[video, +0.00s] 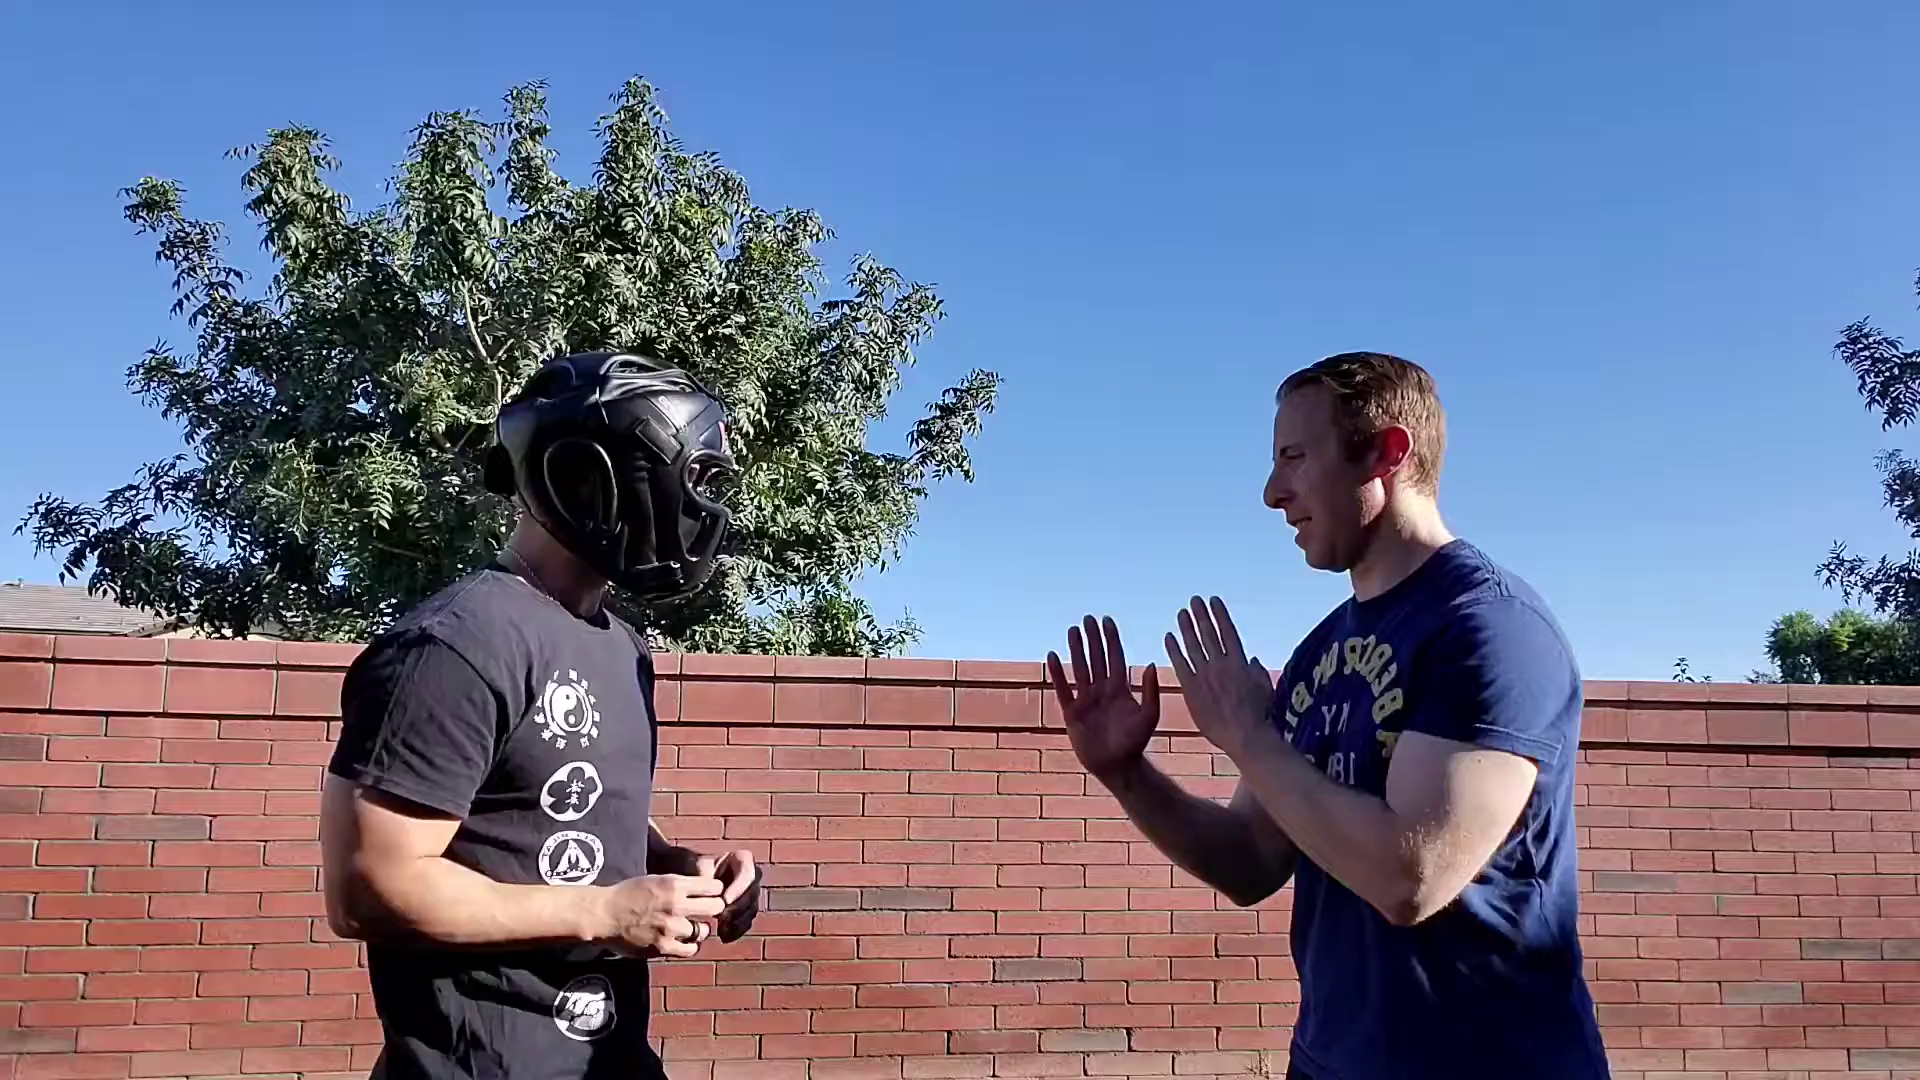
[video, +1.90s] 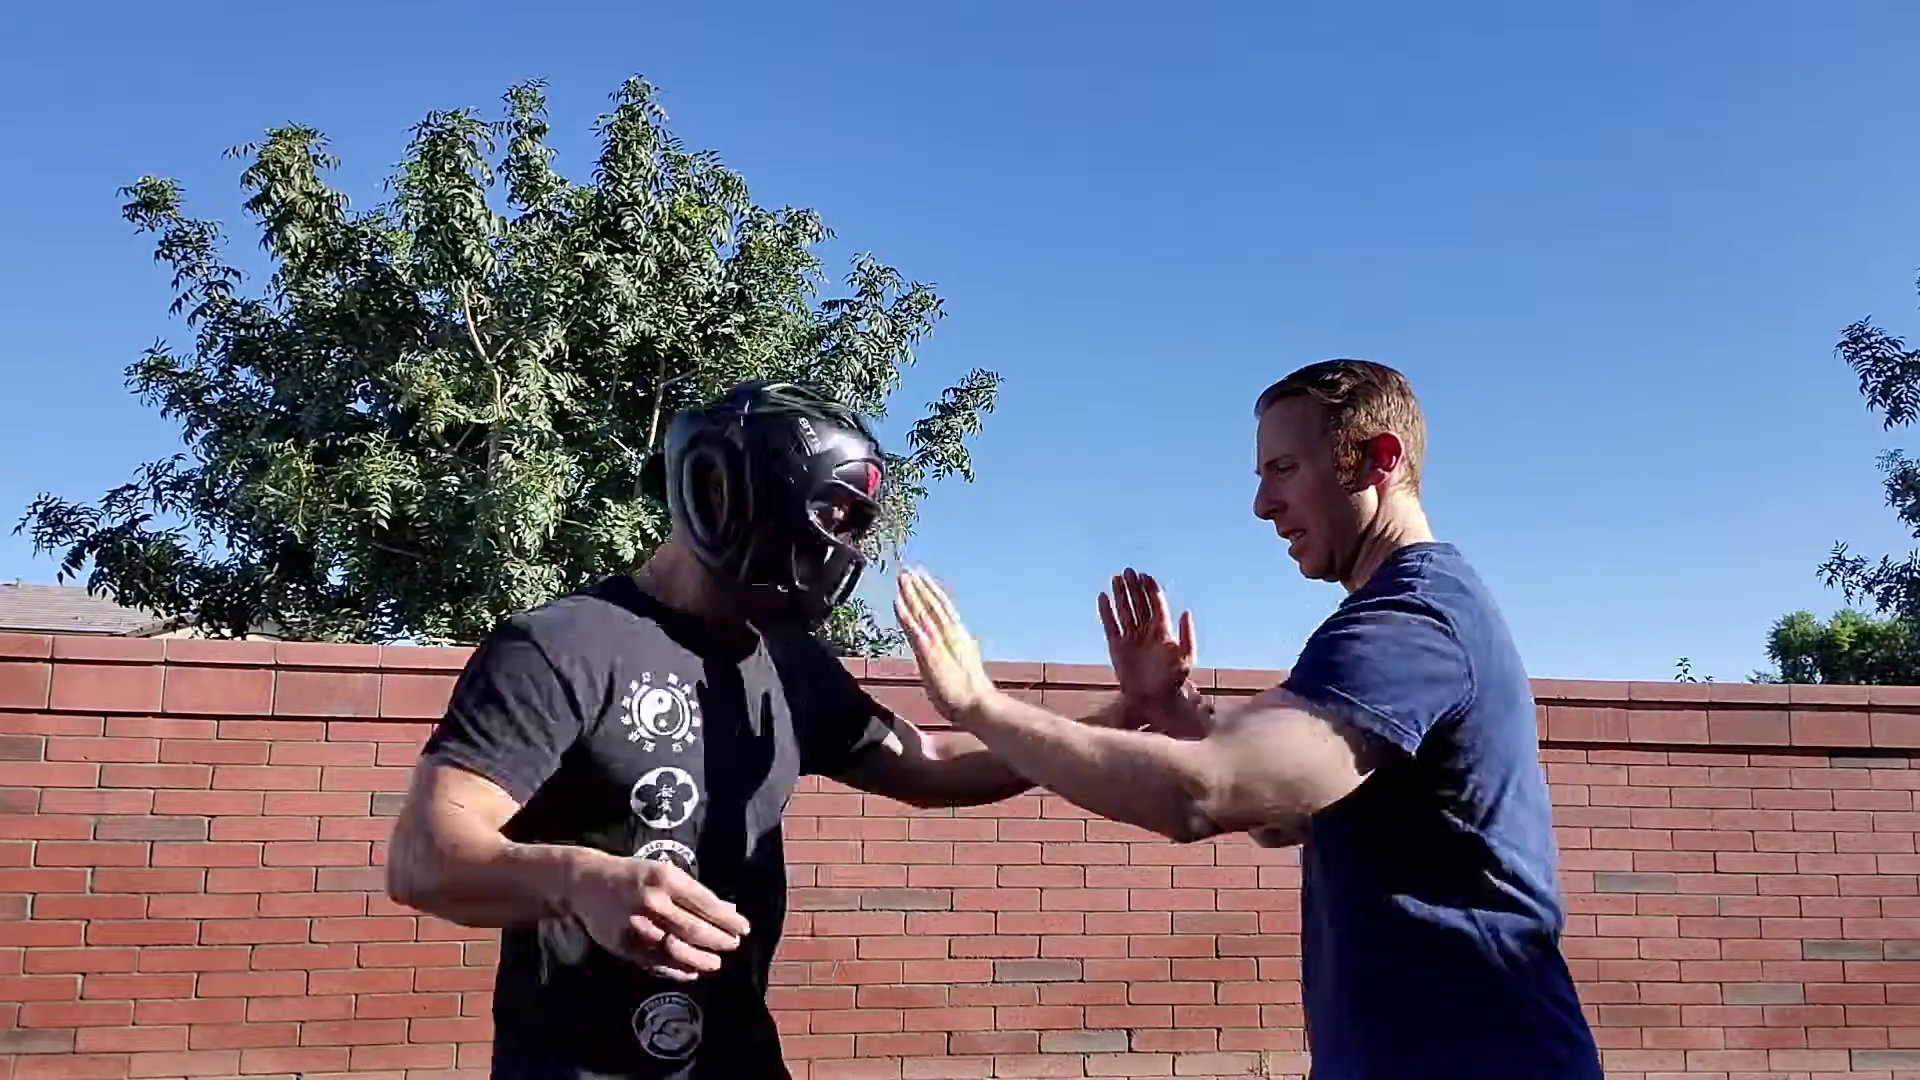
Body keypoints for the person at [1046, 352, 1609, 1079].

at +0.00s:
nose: (1273, 493)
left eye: (1294, 457)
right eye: (1276, 464)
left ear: (1388, 454)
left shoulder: (1496, 628)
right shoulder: (1319, 656)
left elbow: (1412, 879)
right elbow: (1248, 865)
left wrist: (1251, 739)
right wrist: (1126, 774)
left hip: (1486, 1057)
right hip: (1336, 1052)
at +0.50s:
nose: (1309, 490)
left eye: (1330, 455)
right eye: (1313, 462)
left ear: (1422, 457)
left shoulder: (1531, 630)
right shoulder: (1346, 649)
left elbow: (1447, 877)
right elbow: (1238, 829)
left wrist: (1284, 734)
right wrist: (1125, 722)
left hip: (1511, 1057)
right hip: (1356, 1052)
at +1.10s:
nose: (1311, 506)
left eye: (1331, 470)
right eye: (1311, 478)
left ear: (1427, 459)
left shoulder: (1535, 636)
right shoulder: (1354, 646)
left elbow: (1461, 897)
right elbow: (1219, 775)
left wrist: (1274, 769)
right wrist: (1149, 624)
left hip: (1513, 1059)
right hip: (1357, 1051)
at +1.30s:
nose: (1271, 508)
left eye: (1290, 473)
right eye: (1272, 479)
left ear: (1384, 465)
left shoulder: (1441, 630)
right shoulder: (1387, 629)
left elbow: (1198, 779)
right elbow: (1230, 749)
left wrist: (1018, 654)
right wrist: (1175, 632)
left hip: (1466, 1054)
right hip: (1368, 1049)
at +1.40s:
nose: (1248, 511)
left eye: (1266, 478)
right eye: (1248, 483)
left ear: (1356, 470)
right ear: (1359, 476)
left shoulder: (1376, 623)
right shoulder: (1439, 612)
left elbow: (1107, 726)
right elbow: (1302, 805)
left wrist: (910, 609)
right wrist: (1212, 673)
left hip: (1429, 1057)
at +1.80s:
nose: (1267, 504)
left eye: (1287, 470)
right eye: (1266, 477)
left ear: (1379, 463)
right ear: (1369, 470)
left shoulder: (1424, 606)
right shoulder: (1384, 614)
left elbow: (1158, 731)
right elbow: (1310, 808)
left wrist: (926, 649)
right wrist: (1197, 688)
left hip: (1473, 1053)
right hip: (1386, 1050)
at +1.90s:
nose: (1263, 505)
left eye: (1283, 471)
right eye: (1262, 478)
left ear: (1380, 465)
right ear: (1371, 469)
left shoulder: (1417, 619)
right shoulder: (1391, 613)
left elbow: (1196, 794)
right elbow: (1287, 812)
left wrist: (984, 709)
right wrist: (1173, 720)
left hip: (1476, 1053)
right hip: (1394, 1047)